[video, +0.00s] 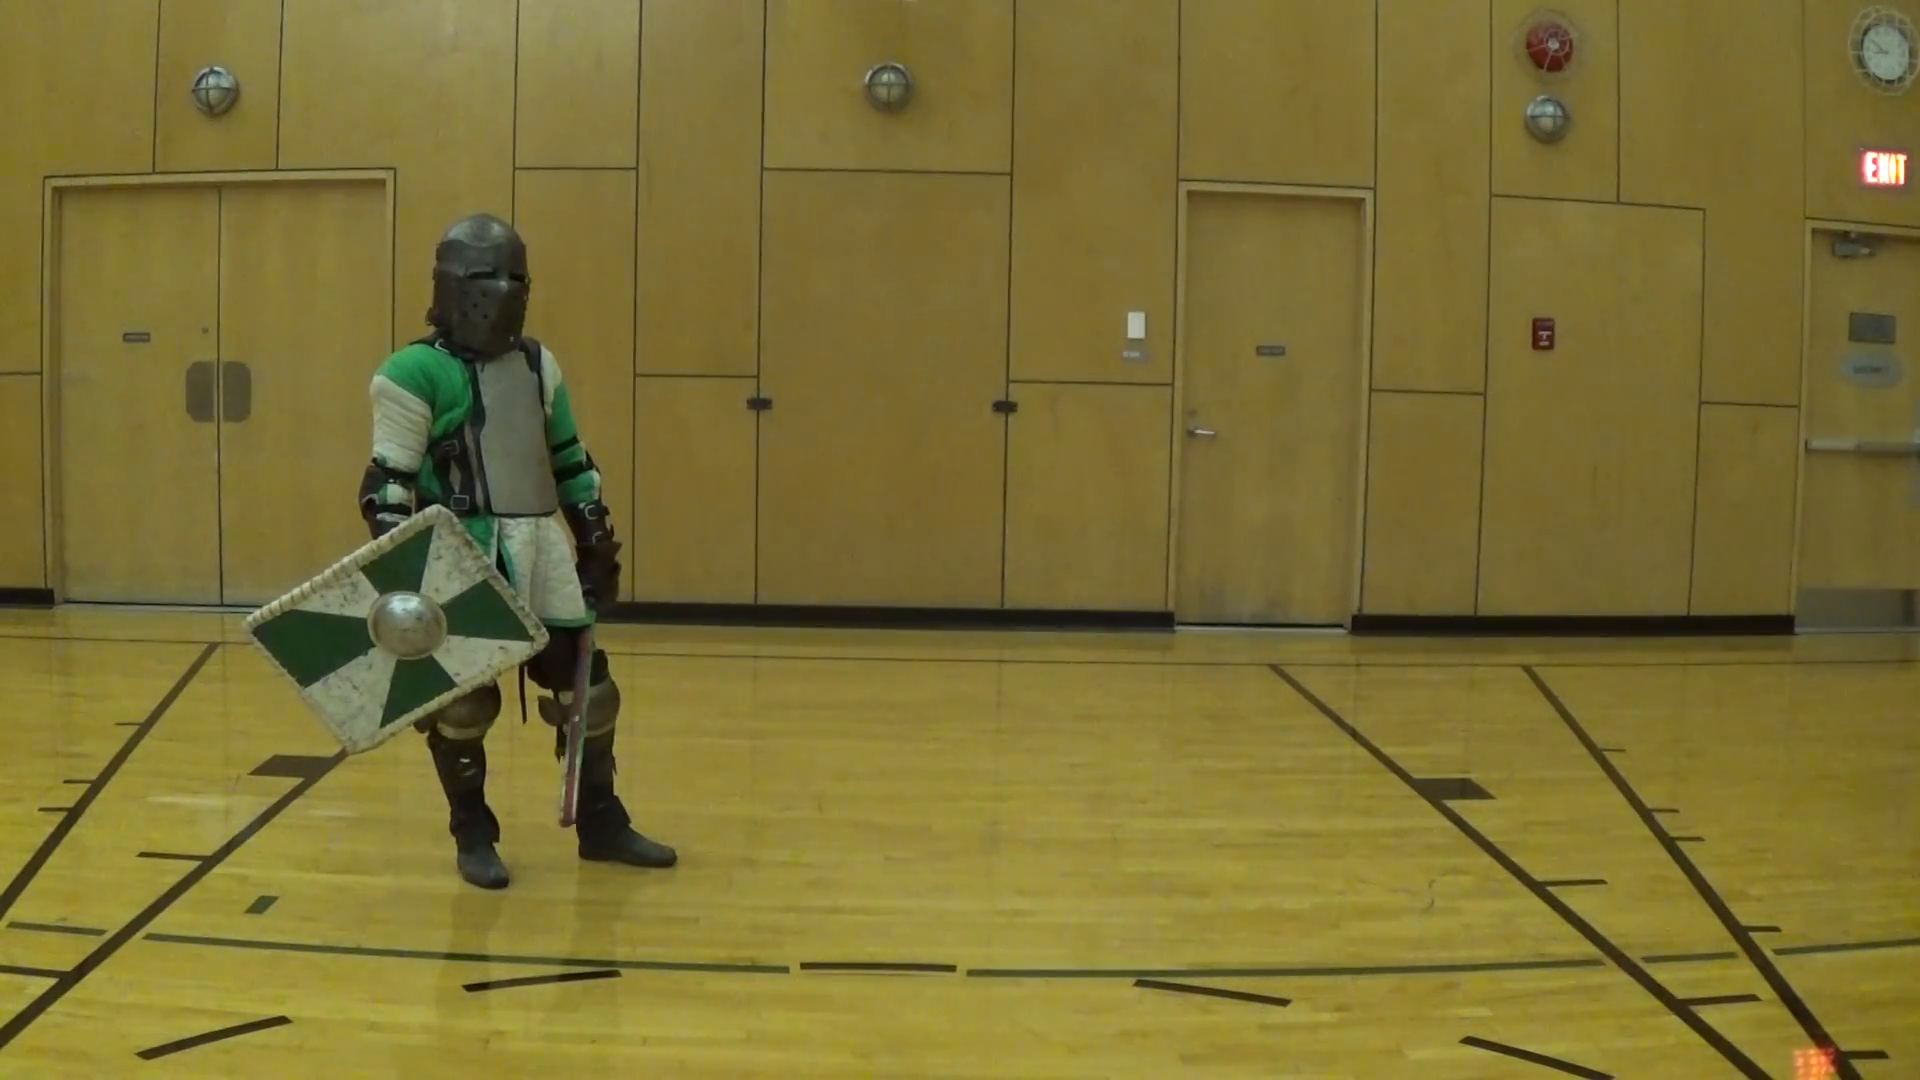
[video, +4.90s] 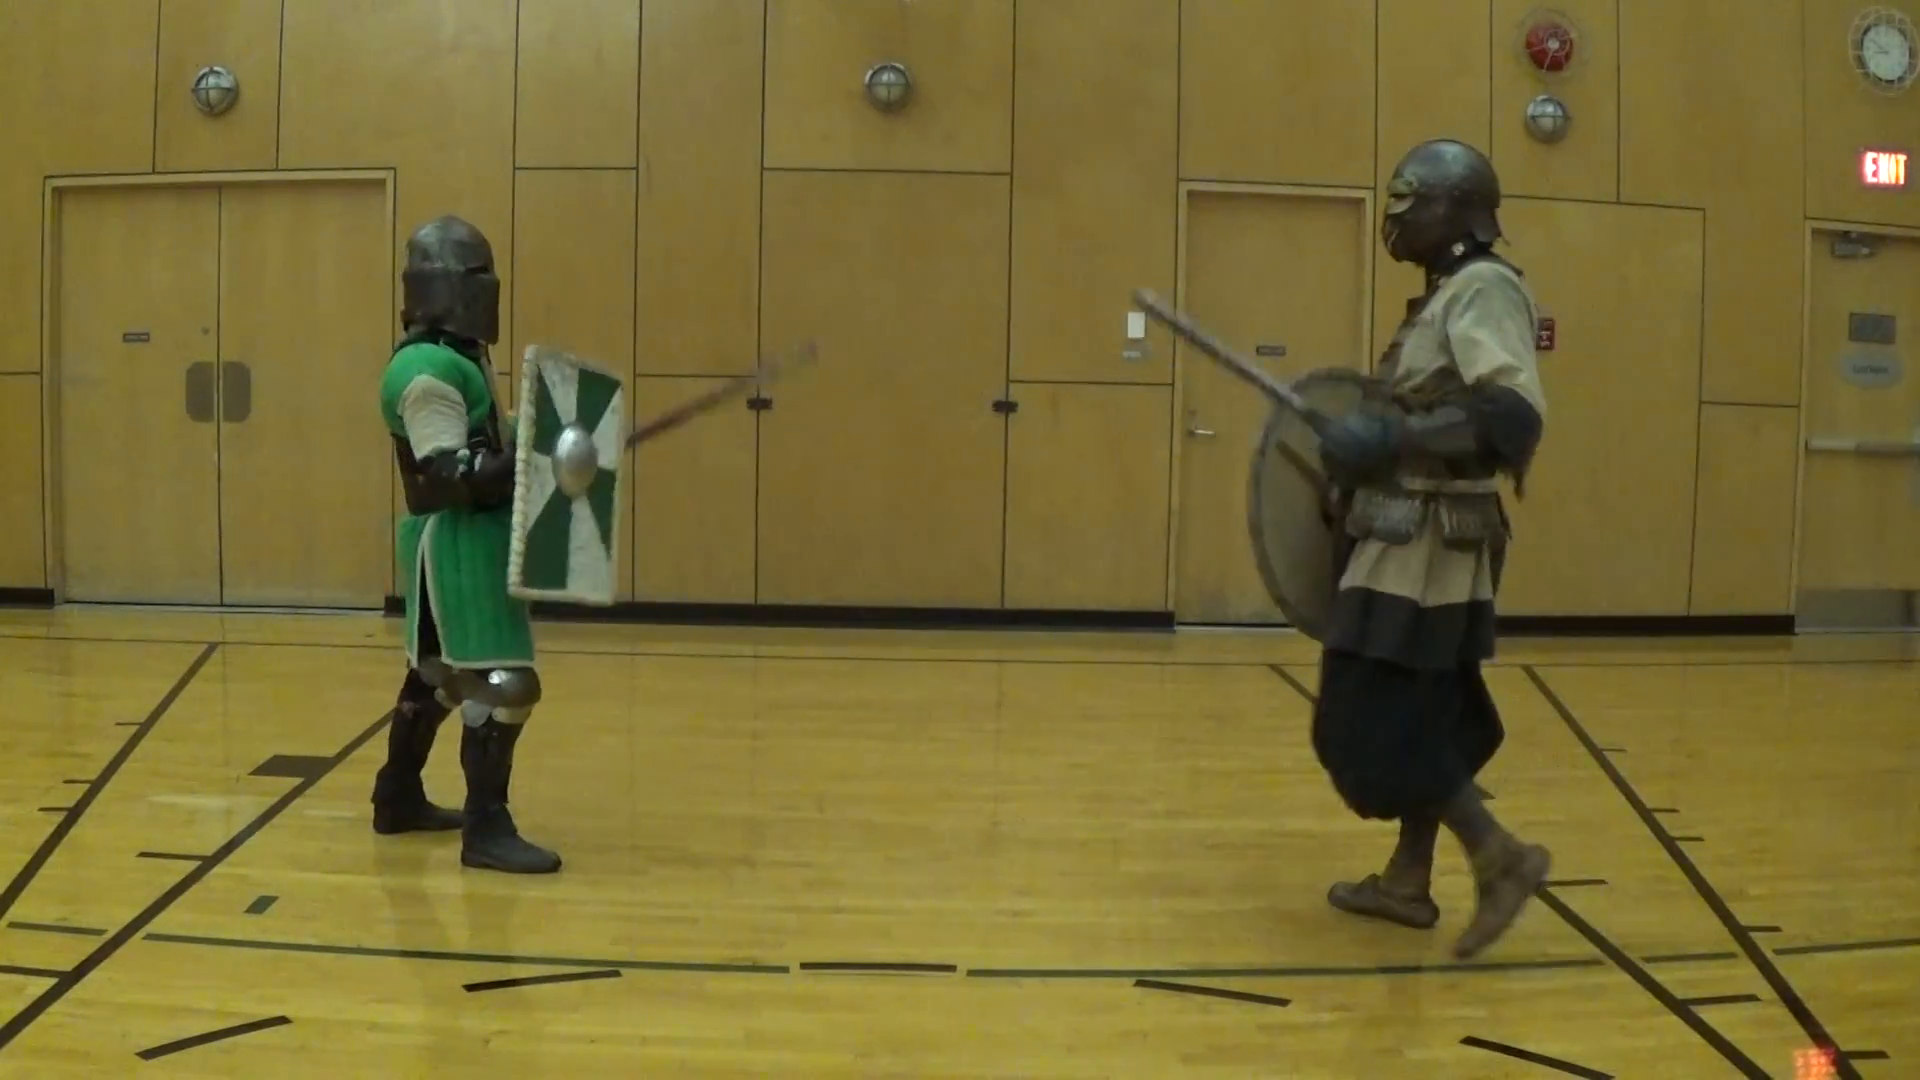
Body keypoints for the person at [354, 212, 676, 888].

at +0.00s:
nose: (493, 293)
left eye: (506, 279)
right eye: (477, 278)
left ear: (523, 288)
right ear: (445, 285)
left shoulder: (539, 366)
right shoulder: (413, 374)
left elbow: (571, 464)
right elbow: (388, 489)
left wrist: (597, 540)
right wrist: (412, 577)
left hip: (544, 544)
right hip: (457, 555)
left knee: (585, 682)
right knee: (464, 698)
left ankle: (601, 822)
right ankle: (473, 834)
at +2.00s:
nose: (491, 291)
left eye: (503, 276)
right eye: (472, 278)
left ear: (518, 282)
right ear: (435, 284)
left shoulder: (529, 357)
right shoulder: (415, 371)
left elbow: (549, 458)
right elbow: (397, 480)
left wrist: (579, 541)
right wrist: (468, 511)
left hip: (532, 555)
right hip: (449, 566)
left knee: (568, 670)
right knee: (462, 689)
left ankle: (556, 808)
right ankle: (474, 831)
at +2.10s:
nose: (490, 290)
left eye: (502, 275)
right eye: (472, 276)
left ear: (515, 281)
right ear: (436, 282)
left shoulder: (532, 363)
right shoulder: (417, 366)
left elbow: (571, 464)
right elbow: (409, 467)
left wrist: (582, 552)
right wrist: (495, 474)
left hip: (534, 551)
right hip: (452, 556)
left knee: (560, 675)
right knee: (466, 687)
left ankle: (517, 794)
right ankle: (472, 827)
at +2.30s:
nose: (487, 290)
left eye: (502, 275)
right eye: (473, 275)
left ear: (519, 280)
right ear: (443, 278)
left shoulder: (525, 359)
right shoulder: (427, 360)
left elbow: (552, 476)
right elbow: (483, 434)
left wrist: (574, 579)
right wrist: (544, 390)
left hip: (536, 537)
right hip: (468, 540)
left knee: (538, 676)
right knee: (473, 684)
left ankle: (504, 803)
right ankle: (473, 830)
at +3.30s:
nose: (550, 289)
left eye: (548, 276)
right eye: (539, 276)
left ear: (496, 282)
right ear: (508, 282)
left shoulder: (514, 359)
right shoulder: (471, 365)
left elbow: (514, 469)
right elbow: (465, 484)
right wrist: (560, 490)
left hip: (513, 539)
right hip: (484, 544)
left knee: (517, 682)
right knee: (509, 686)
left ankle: (506, 810)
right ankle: (492, 837)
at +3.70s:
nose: (536, 291)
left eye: (534, 278)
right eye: (526, 278)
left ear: (475, 284)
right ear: (492, 283)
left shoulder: (489, 361)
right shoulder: (462, 368)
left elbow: (493, 471)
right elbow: (450, 485)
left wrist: (546, 503)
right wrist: (540, 500)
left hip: (485, 537)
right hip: (471, 541)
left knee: (466, 672)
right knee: (512, 688)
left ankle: (416, 779)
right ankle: (498, 838)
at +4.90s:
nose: (489, 290)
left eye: (487, 278)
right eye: (477, 279)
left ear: (433, 291)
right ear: (442, 289)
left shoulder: (458, 362)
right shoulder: (426, 371)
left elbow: (479, 448)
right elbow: (441, 479)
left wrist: (531, 428)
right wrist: (534, 468)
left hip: (456, 533)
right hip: (455, 538)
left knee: (437, 669)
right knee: (504, 683)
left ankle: (398, 793)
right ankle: (488, 830)